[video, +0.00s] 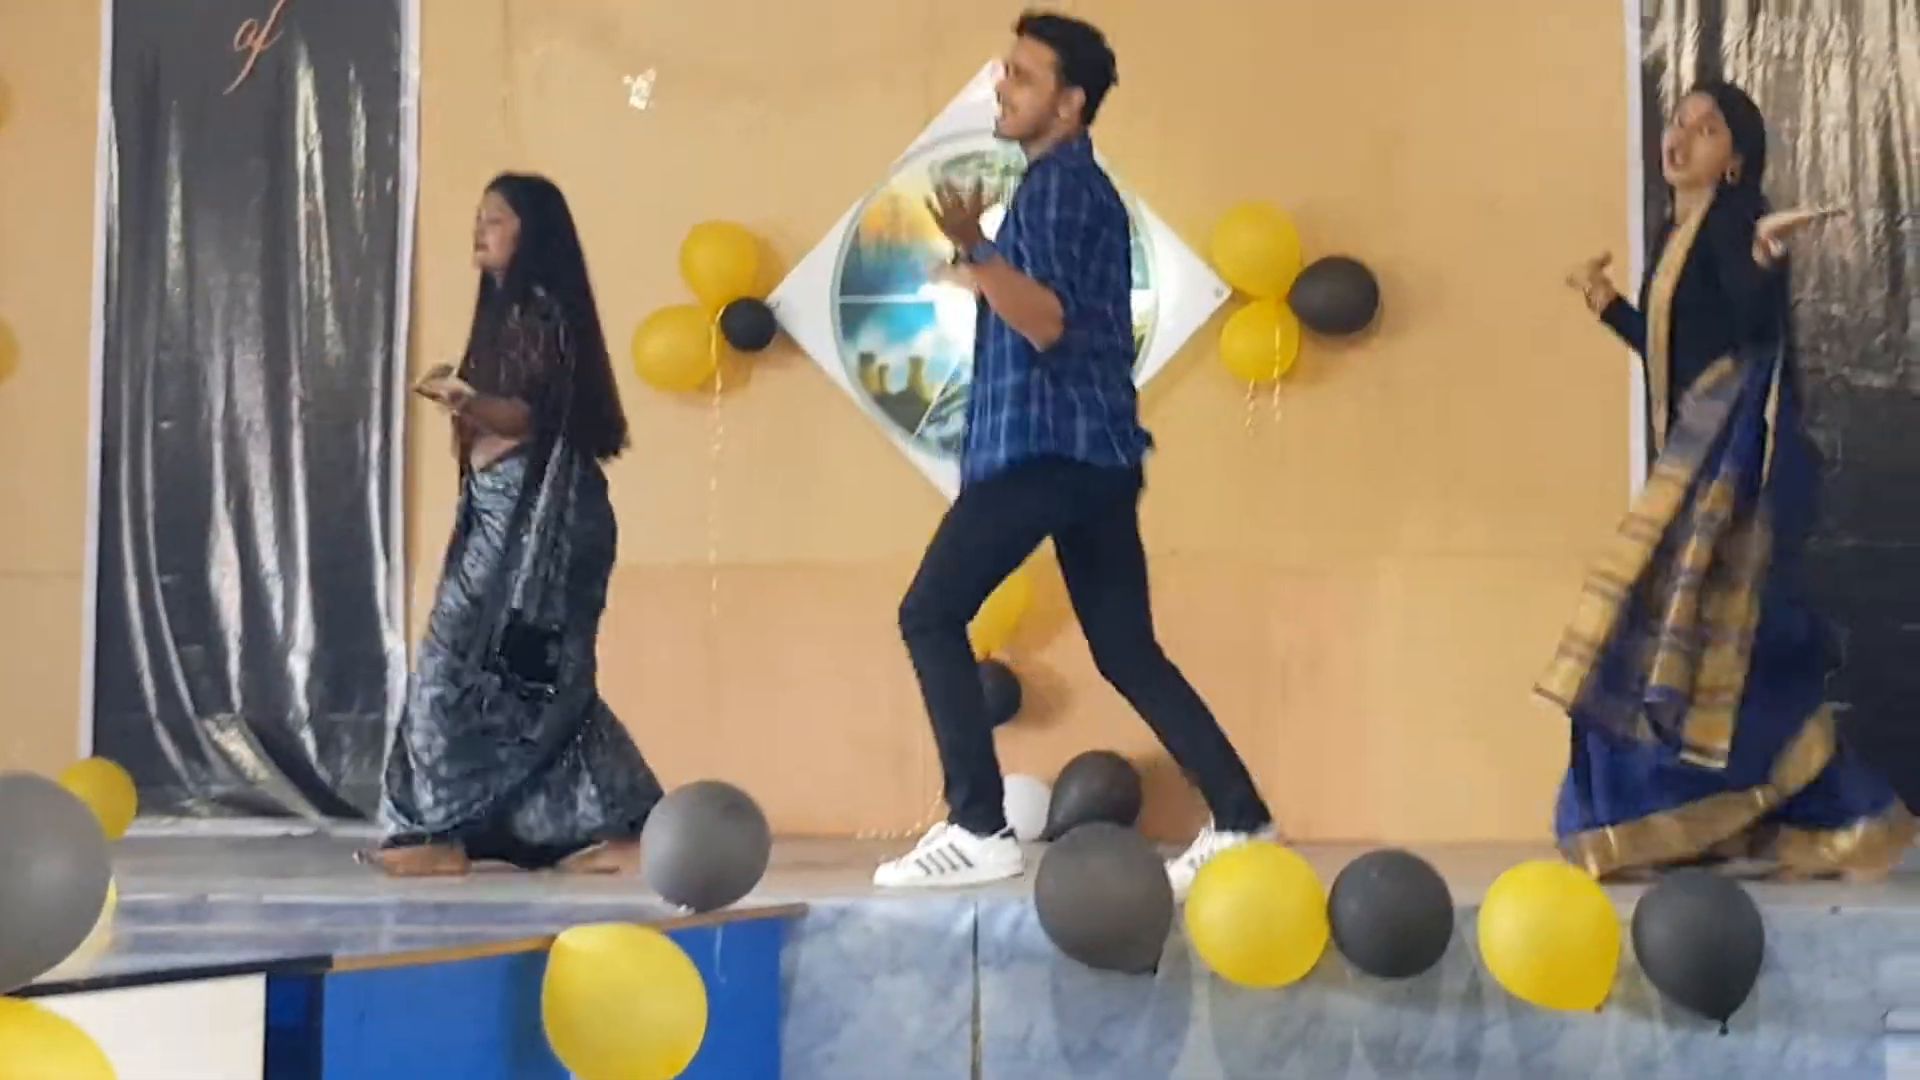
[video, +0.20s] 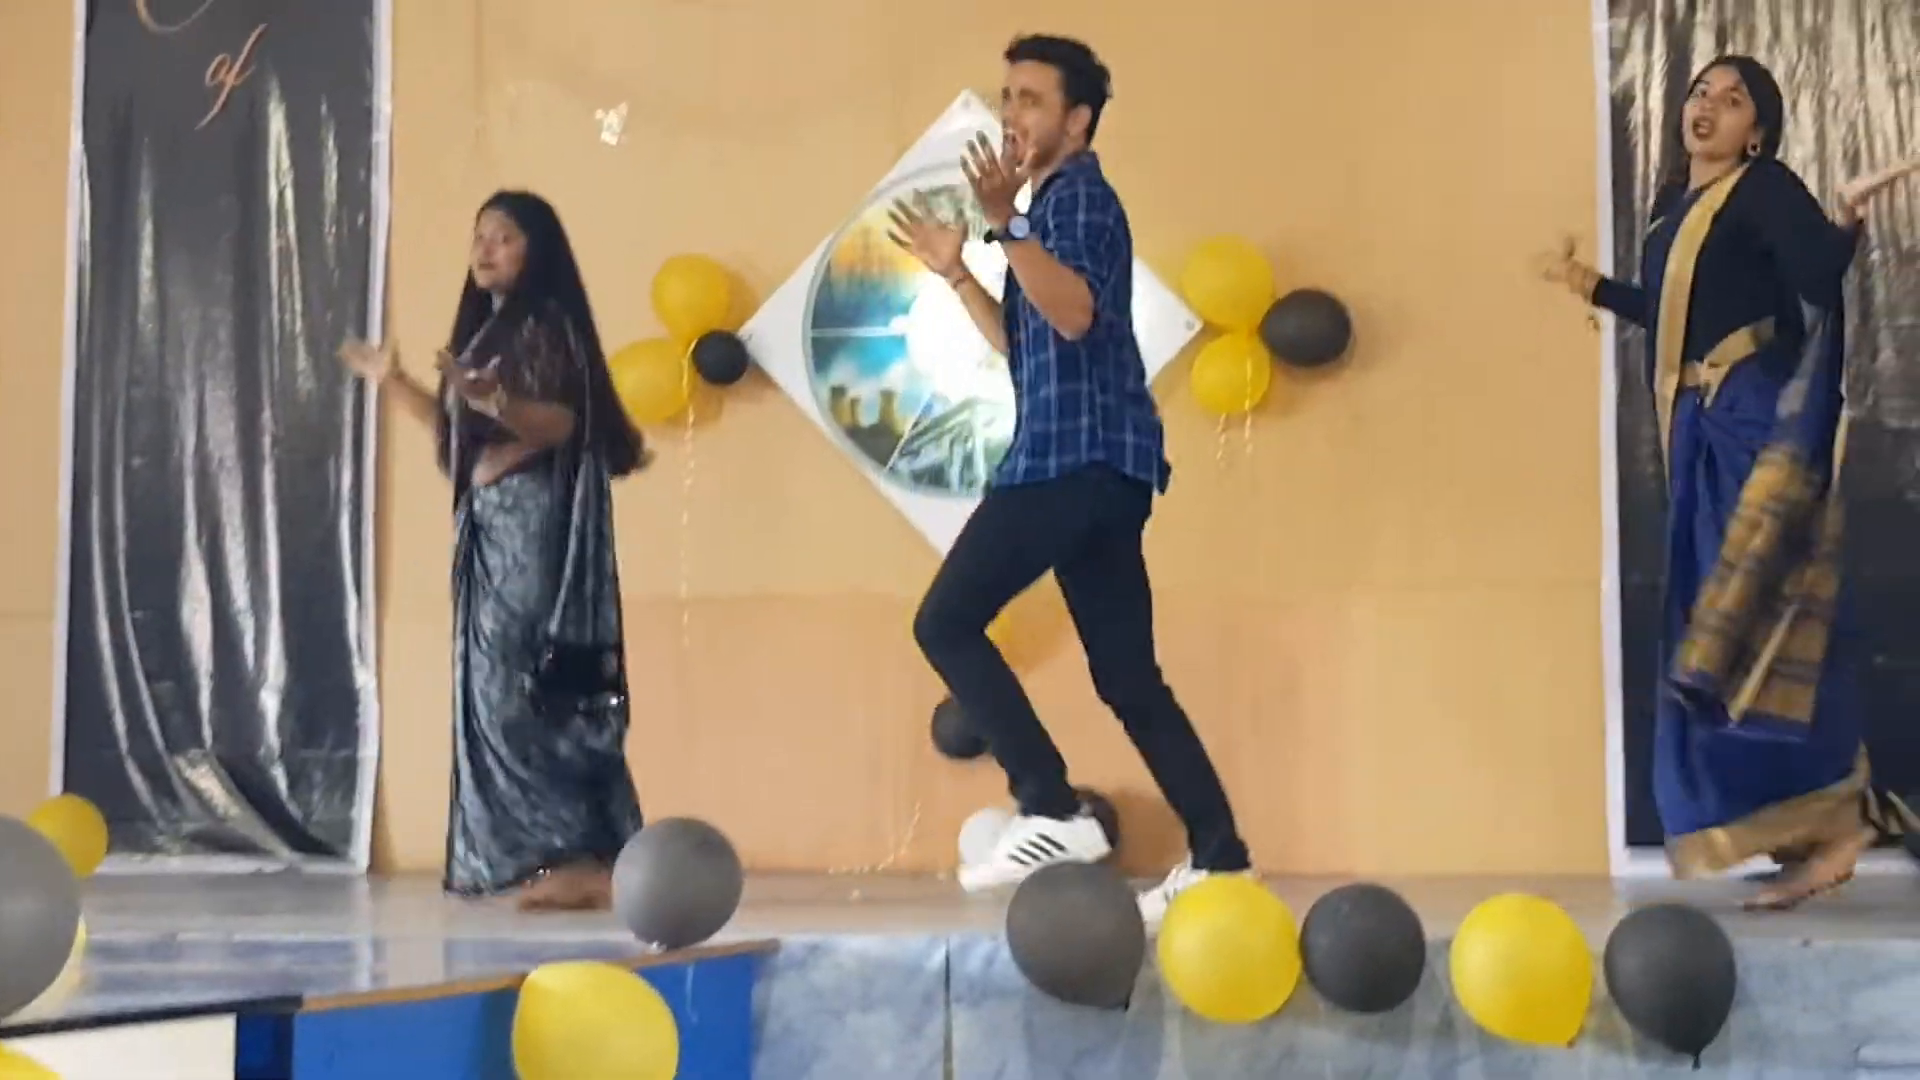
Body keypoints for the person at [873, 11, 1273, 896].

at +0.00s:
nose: (1000, 88)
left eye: (1022, 77)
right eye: (1005, 72)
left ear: (1073, 101)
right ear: (1060, 98)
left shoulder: (1056, 184)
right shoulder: (1087, 189)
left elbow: (1044, 321)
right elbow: (1068, 326)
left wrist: (971, 249)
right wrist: (983, 262)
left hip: (1043, 453)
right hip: (1100, 457)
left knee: (928, 615)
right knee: (1128, 654)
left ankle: (978, 829)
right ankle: (1246, 824)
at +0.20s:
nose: (1010, 116)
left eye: (1030, 100)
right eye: (1008, 99)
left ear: (1081, 117)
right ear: (1012, 114)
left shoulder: (1078, 192)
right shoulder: (1051, 207)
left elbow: (1072, 309)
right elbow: (1018, 344)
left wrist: (1007, 221)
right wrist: (956, 270)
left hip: (1067, 459)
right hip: (1104, 468)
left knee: (945, 623)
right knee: (1129, 680)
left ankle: (1055, 814)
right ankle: (1222, 861)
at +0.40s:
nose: (945, 180)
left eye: (963, 163)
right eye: (935, 165)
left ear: (1007, 171)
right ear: (928, 173)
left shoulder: (1041, 264)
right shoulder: (931, 269)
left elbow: (1062, 398)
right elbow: (935, 402)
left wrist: (967, 332)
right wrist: (862, 382)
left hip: (1021, 517)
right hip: (973, 524)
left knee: (957, 709)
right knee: (1062, 732)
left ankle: (1014, 893)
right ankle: (1161, 904)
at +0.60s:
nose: (844, 276)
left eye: (859, 254)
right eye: (828, 258)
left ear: (894, 238)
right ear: (814, 253)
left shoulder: (959, 323)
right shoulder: (802, 334)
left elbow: (993, 456)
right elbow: (785, 454)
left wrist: (926, 372)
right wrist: (739, 485)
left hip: (933, 569)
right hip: (848, 580)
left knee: (930, 756)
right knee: (824, 778)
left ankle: (976, 937)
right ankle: (986, 871)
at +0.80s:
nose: (719, 292)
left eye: (732, 272)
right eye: (699, 279)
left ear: (755, 247)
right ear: (676, 269)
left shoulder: (820, 313)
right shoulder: (667, 348)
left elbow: (899, 434)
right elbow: (669, 465)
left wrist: (862, 448)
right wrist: (617, 493)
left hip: (816, 575)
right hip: (721, 577)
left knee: (849, 763)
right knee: (628, 751)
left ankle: (922, 936)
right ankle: (568, 934)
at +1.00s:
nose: (614, 301)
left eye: (627, 282)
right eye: (596, 286)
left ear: (648, 264)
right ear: (569, 275)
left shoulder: (700, 328)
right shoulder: (542, 342)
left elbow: (798, 430)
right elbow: (466, 450)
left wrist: (800, 368)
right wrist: (460, 376)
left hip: (696, 579)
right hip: (592, 584)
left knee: (756, 734)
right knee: (535, 755)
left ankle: (874, 909)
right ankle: (486, 949)